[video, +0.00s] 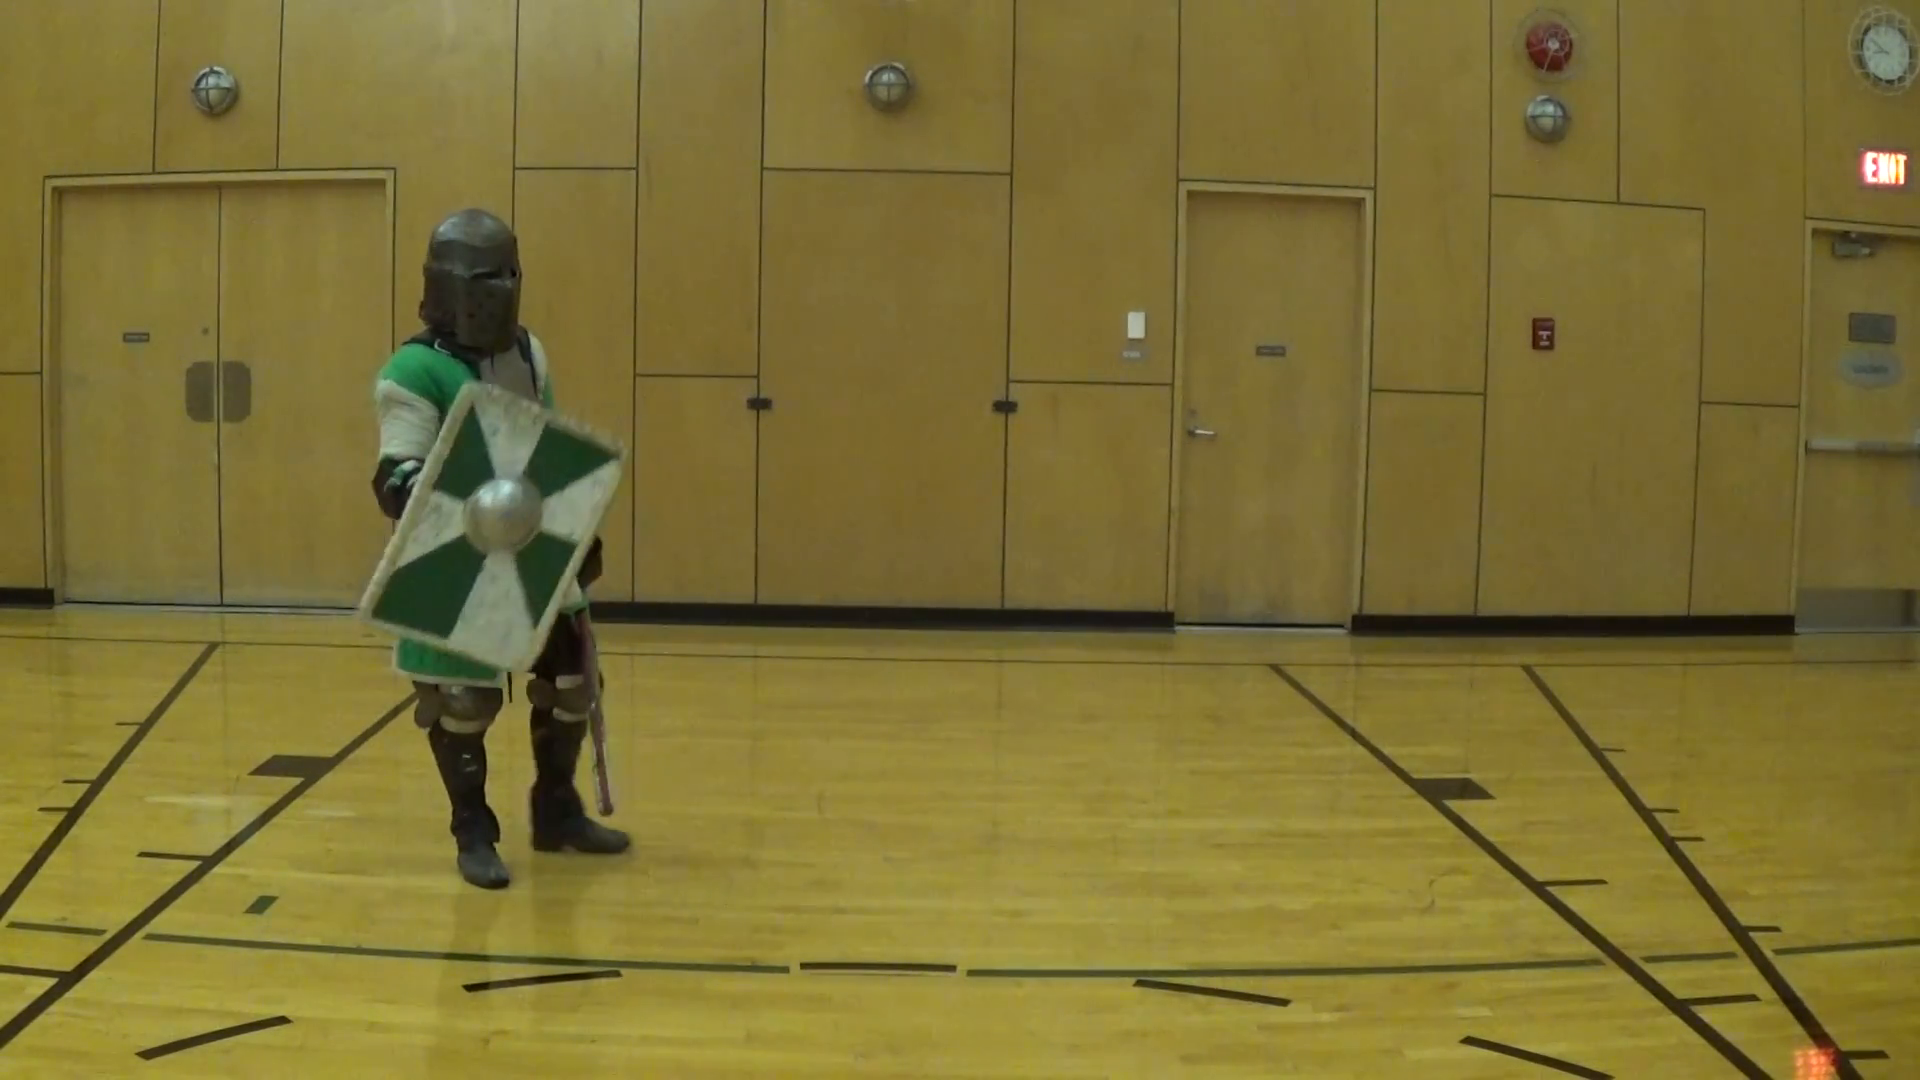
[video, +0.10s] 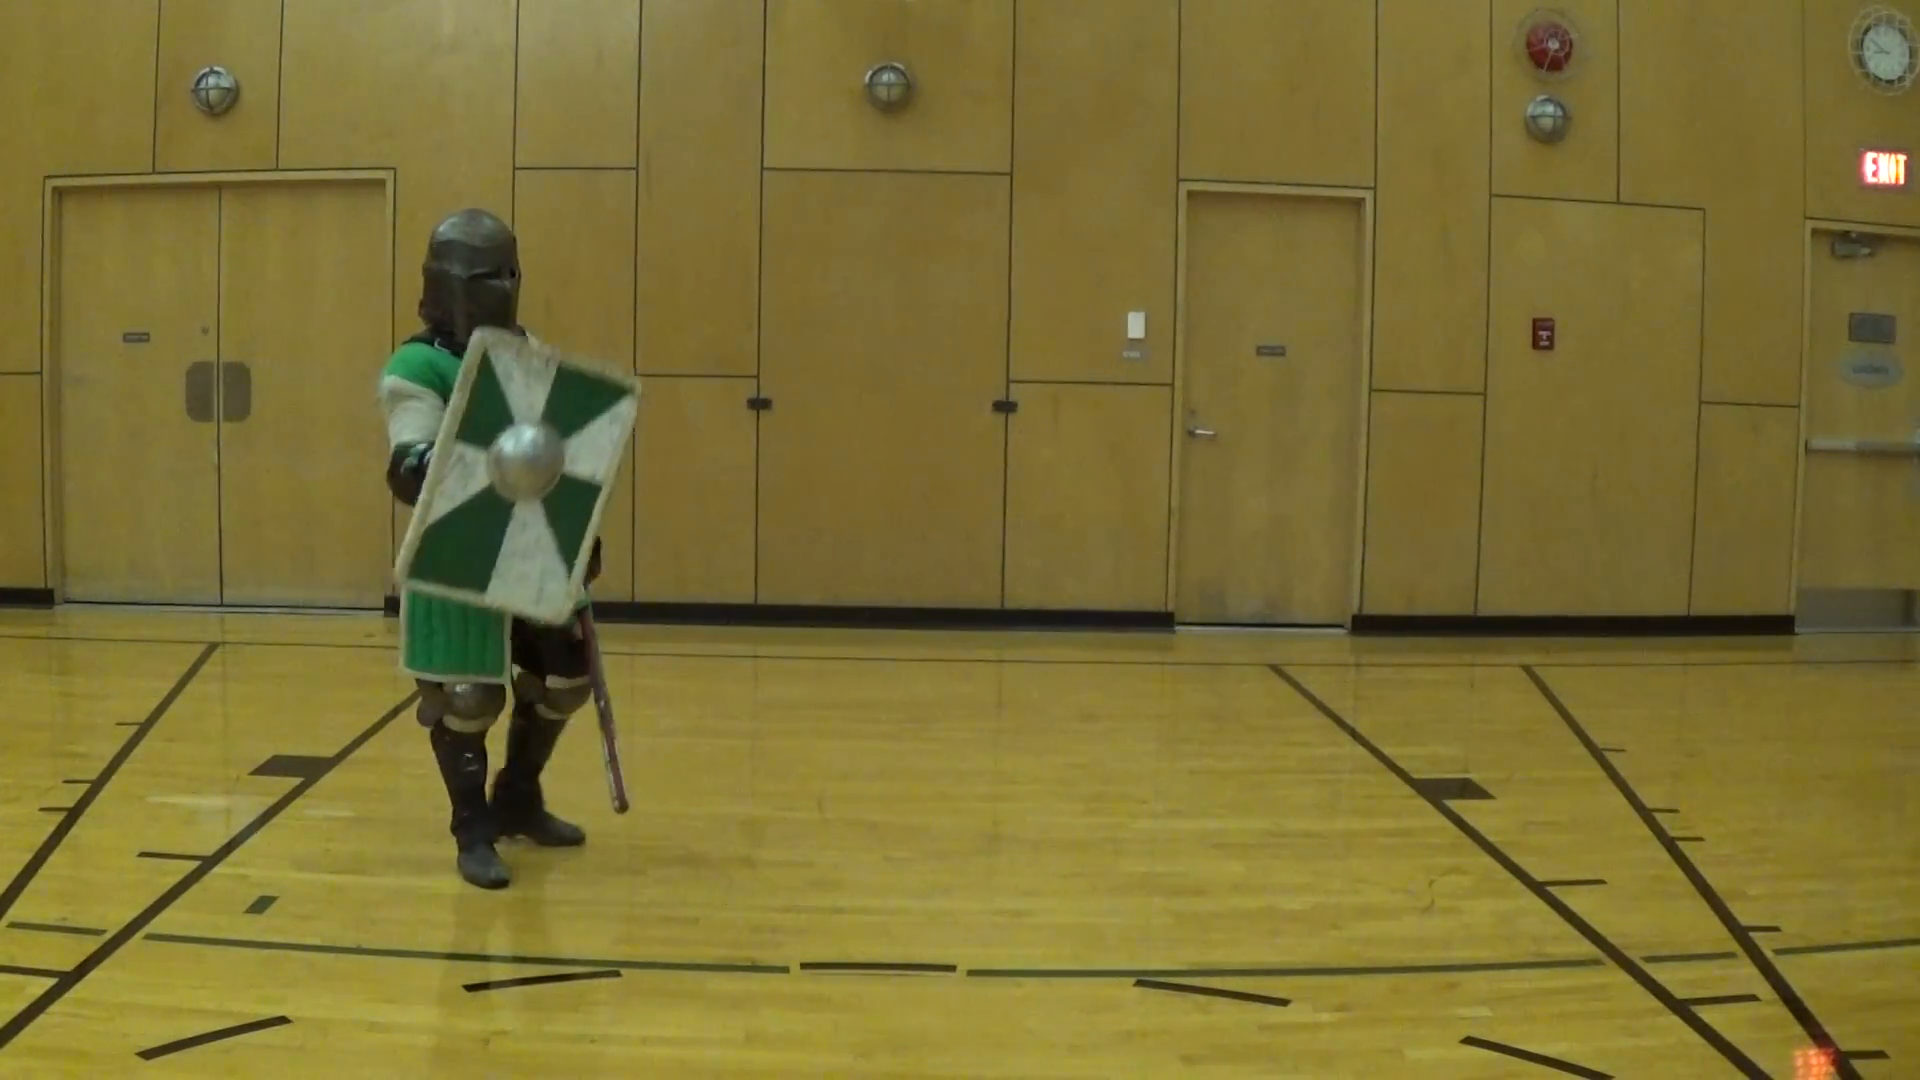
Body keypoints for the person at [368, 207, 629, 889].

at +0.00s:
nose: (491, 291)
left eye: (503, 276)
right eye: (472, 278)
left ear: (518, 282)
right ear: (435, 284)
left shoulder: (529, 357)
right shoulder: (415, 371)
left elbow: (549, 458)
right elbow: (397, 480)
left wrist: (579, 541)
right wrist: (468, 511)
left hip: (532, 555)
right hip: (449, 566)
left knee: (568, 670)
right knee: (462, 689)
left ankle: (556, 808)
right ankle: (474, 831)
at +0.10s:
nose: (490, 290)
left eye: (502, 275)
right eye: (472, 276)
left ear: (515, 281)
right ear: (436, 282)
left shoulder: (532, 363)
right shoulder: (417, 366)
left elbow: (571, 464)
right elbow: (409, 467)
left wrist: (582, 552)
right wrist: (495, 474)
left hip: (534, 551)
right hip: (452, 556)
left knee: (560, 675)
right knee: (466, 687)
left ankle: (517, 794)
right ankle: (472, 827)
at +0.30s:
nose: (487, 290)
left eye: (502, 275)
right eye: (473, 275)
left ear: (519, 280)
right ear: (443, 278)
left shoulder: (525, 359)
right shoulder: (427, 360)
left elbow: (552, 476)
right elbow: (483, 434)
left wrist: (574, 579)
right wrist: (544, 390)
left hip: (536, 537)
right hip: (468, 540)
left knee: (538, 676)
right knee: (473, 684)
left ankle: (504, 803)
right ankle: (473, 830)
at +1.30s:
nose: (550, 289)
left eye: (548, 276)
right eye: (539, 276)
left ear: (496, 282)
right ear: (508, 282)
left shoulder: (514, 359)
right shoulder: (471, 365)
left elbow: (514, 469)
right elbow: (465, 484)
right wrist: (560, 490)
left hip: (513, 539)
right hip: (484, 544)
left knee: (517, 682)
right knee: (509, 686)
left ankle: (506, 810)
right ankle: (492, 837)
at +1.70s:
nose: (536, 291)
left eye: (534, 278)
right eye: (526, 278)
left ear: (475, 284)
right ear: (492, 283)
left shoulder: (489, 361)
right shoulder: (462, 368)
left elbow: (493, 471)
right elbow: (450, 485)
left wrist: (546, 503)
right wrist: (540, 500)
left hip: (485, 537)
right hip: (471, 541)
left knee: (466, 672)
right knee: (512, 688)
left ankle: (416, 779)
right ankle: (498, 838)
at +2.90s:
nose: (489, 290)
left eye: (487, 278)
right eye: (477, 279)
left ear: (433, 291)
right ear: (442, 289)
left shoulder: (458, 362)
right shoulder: (426, 371)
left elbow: (479, 448)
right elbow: (441, 479)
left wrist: (531, 428)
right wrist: (534, 468)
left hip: (456, 533)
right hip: (455, 538)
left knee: (437, 669)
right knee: (504, 683)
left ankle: (398, 793)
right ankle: (488, 830)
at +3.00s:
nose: (498, 288)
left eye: (496, 276)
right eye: (484, 278)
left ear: (442, 294)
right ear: (448, 290)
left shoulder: (471, 361)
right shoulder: (433, 372)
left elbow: (506, 433)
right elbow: (466, 476)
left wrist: (551, 388)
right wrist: (549, 451)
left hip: (481, 530)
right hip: (465, 535)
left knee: (457, 673)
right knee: (507, 686)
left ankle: (403, 790)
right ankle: (488, 831)